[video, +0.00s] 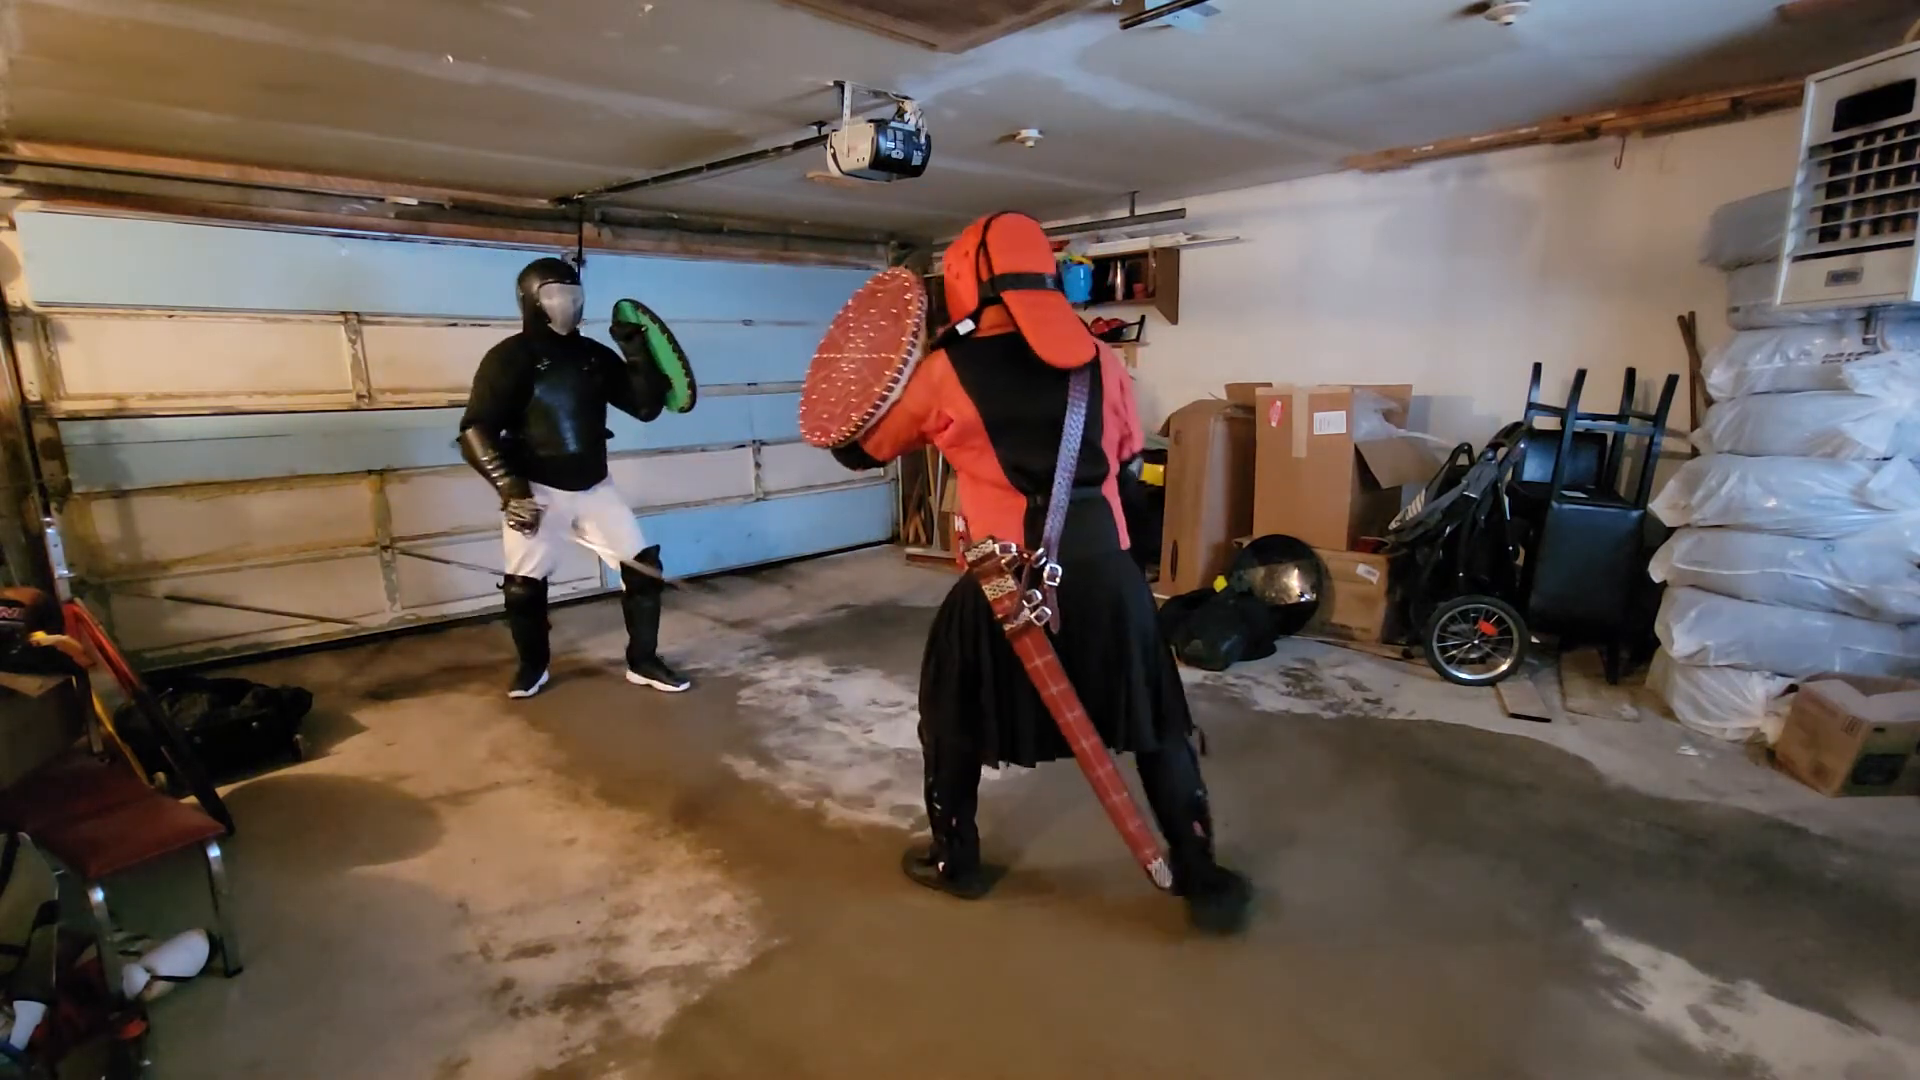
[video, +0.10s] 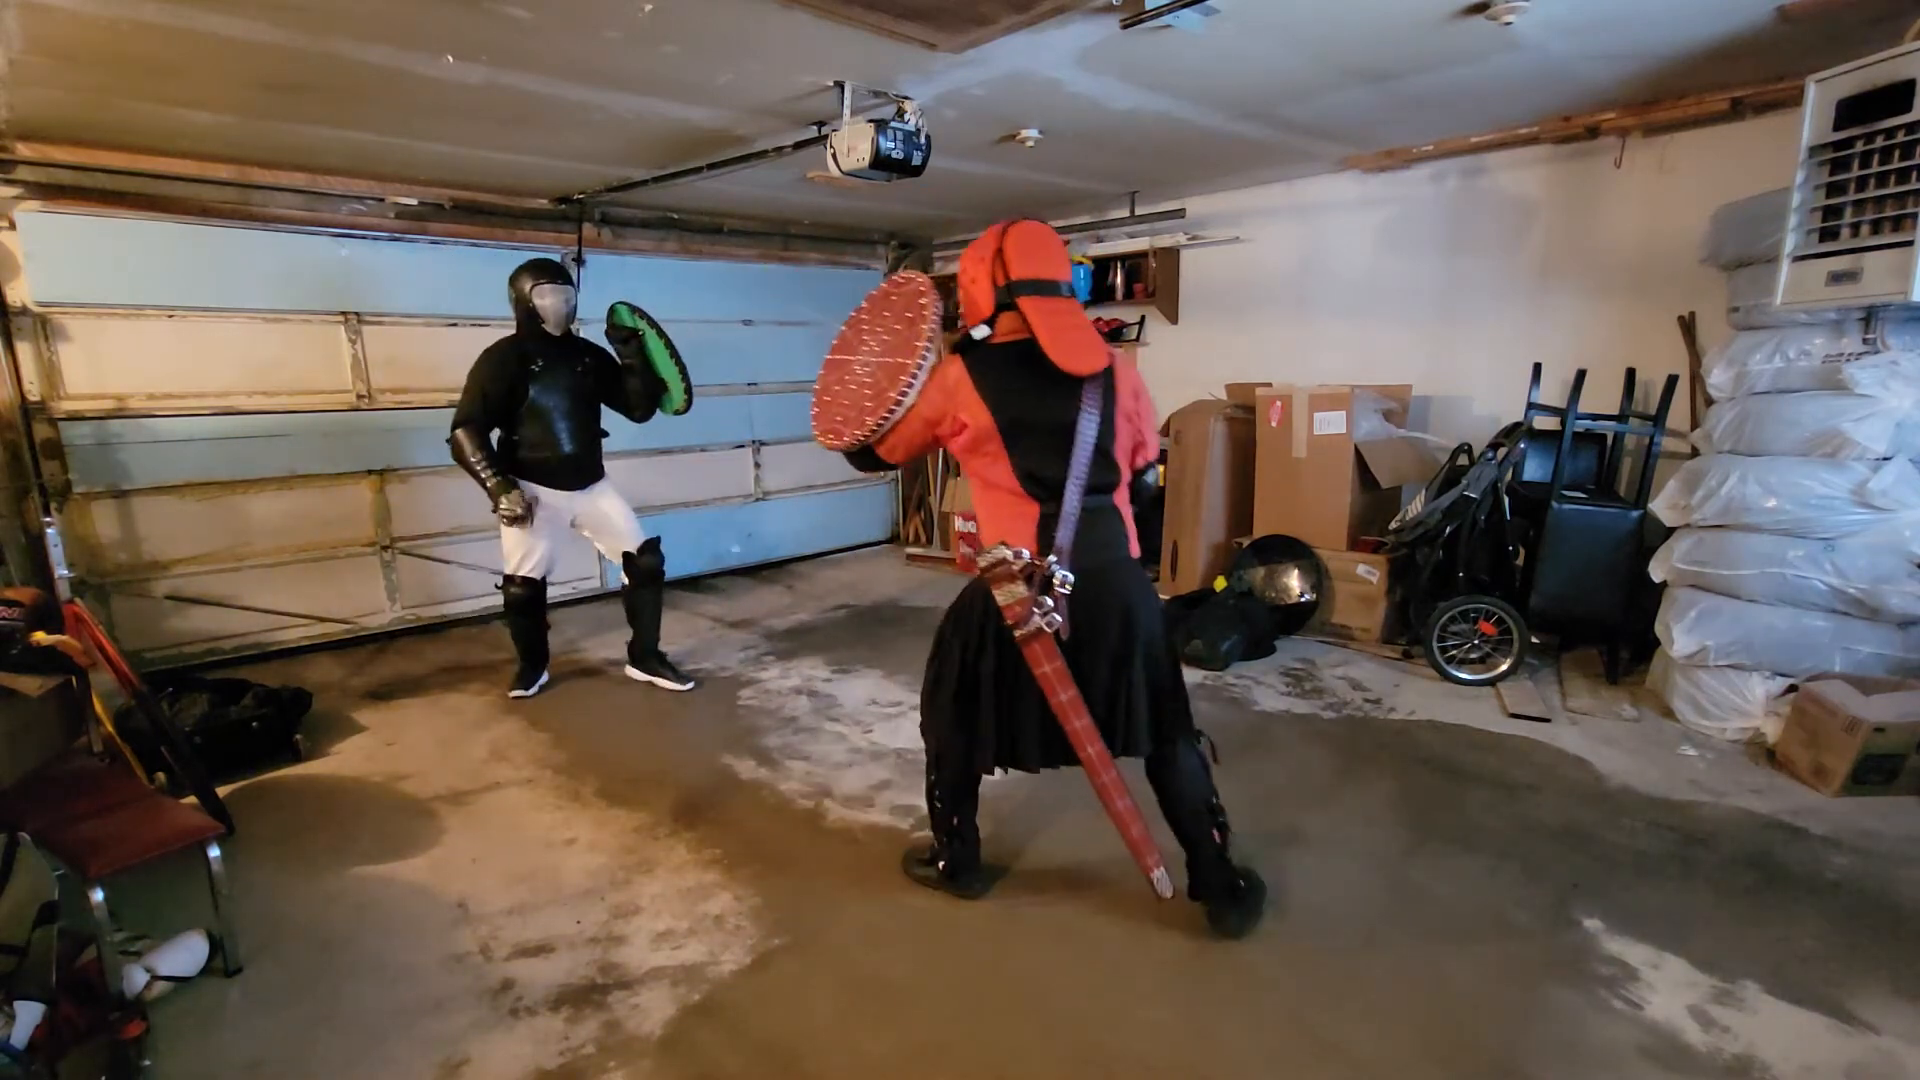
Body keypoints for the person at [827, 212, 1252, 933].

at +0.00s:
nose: (946, 291)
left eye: (951, 280)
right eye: (952, 280)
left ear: (967, 285)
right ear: (1045, 279)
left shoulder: (948, 371)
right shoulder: (1098, 359)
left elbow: (866, 447)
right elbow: (1124, 446)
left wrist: (866, 364)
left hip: (1004, 572)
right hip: (1105, 564)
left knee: (951, 697)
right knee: (1156, 711)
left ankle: (955, 854)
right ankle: (1198, 871)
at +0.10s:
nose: (960, 302)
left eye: (965, 290)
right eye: (964, 290)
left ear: (983, 294)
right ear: (1060, 287)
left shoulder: (963, 377)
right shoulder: (1115, 370)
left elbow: (880, 452)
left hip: (1015, 579)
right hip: (1114, 575)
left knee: (952, 701)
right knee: (1166, 722)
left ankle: (956, 853)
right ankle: (1216, 882)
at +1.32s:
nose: (992, 303)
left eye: (999, 291)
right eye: (995, 290)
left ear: (1024, 301)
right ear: (1066, 300)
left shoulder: (1000, 371)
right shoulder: (1101, 374)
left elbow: (939, 442)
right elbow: (1106, 454)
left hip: (1033, 573)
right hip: (1113, 570)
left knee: (961, 685)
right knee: (1147, 714)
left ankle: (1001, 822)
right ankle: (1220, 839)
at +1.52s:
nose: (966, 301)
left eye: (973, 289)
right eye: (967, 287)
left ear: (999, 294)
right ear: (1036, 290)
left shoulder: (999, 364)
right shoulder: (1058, 357)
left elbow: (931, 442)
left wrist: (884, 451)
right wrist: (946, 478)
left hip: (1017, 568)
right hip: (1074, 556)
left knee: (951, 692)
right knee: (1077, 679)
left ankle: (1001, 824)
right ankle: (1139, 783)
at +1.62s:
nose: (954, 298)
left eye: (961, 284)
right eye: (953, 285)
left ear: (992, 288)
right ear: (1025, 286)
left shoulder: (997, 362)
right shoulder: (1050, 352)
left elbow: (931, 433)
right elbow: (1002, 435)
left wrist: (902, 446)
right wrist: (939, 445)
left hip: (1018, 559)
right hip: (1063, 545)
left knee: (951, 690)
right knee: (1044, 644)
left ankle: (999, 820)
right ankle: (1054, 746)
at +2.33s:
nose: (934, 309)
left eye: (940, 297)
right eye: (936, 295)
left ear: (962, 303)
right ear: (1008, 298)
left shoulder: (958, 377)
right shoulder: (1039, 365)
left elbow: (897, 462)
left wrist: (861, 438)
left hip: (997, 557)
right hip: (1046, 546)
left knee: (930, 686)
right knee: (983, 645)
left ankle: (995, 818)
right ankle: (1009, 746)